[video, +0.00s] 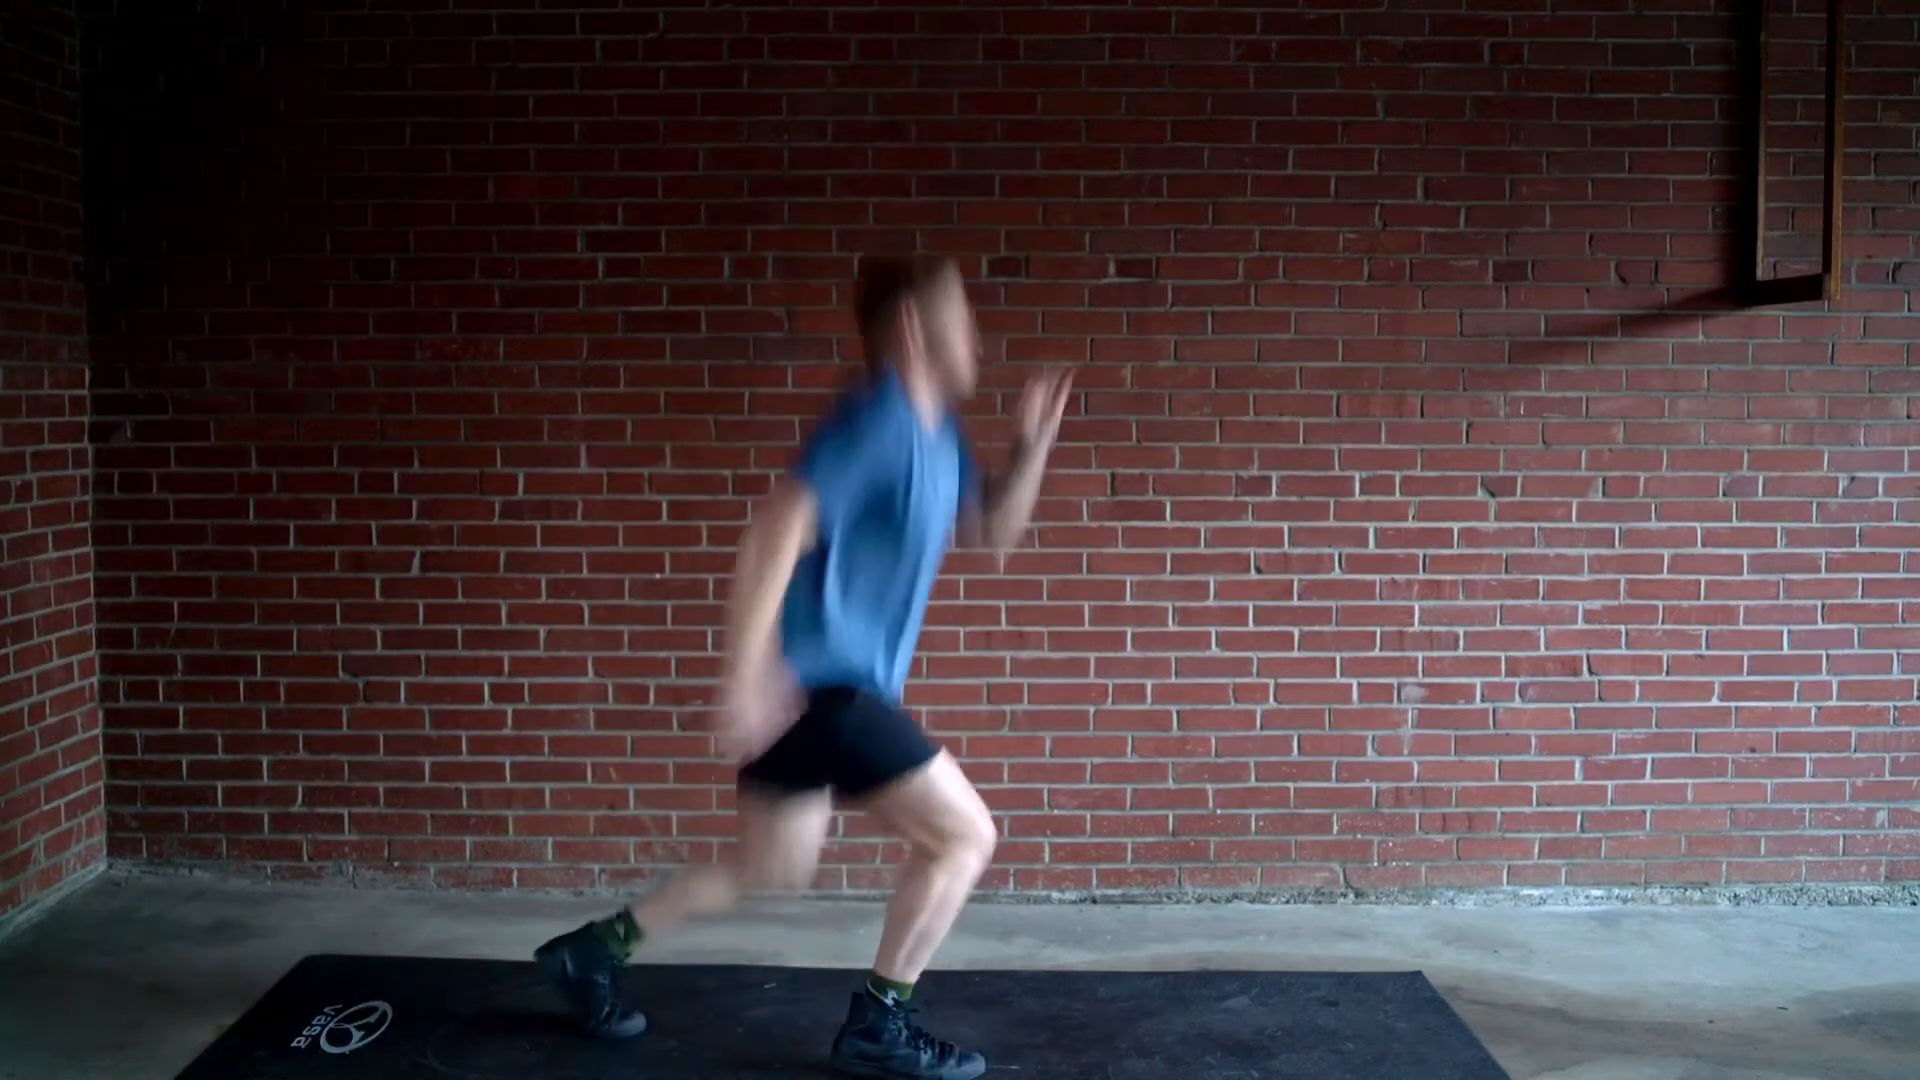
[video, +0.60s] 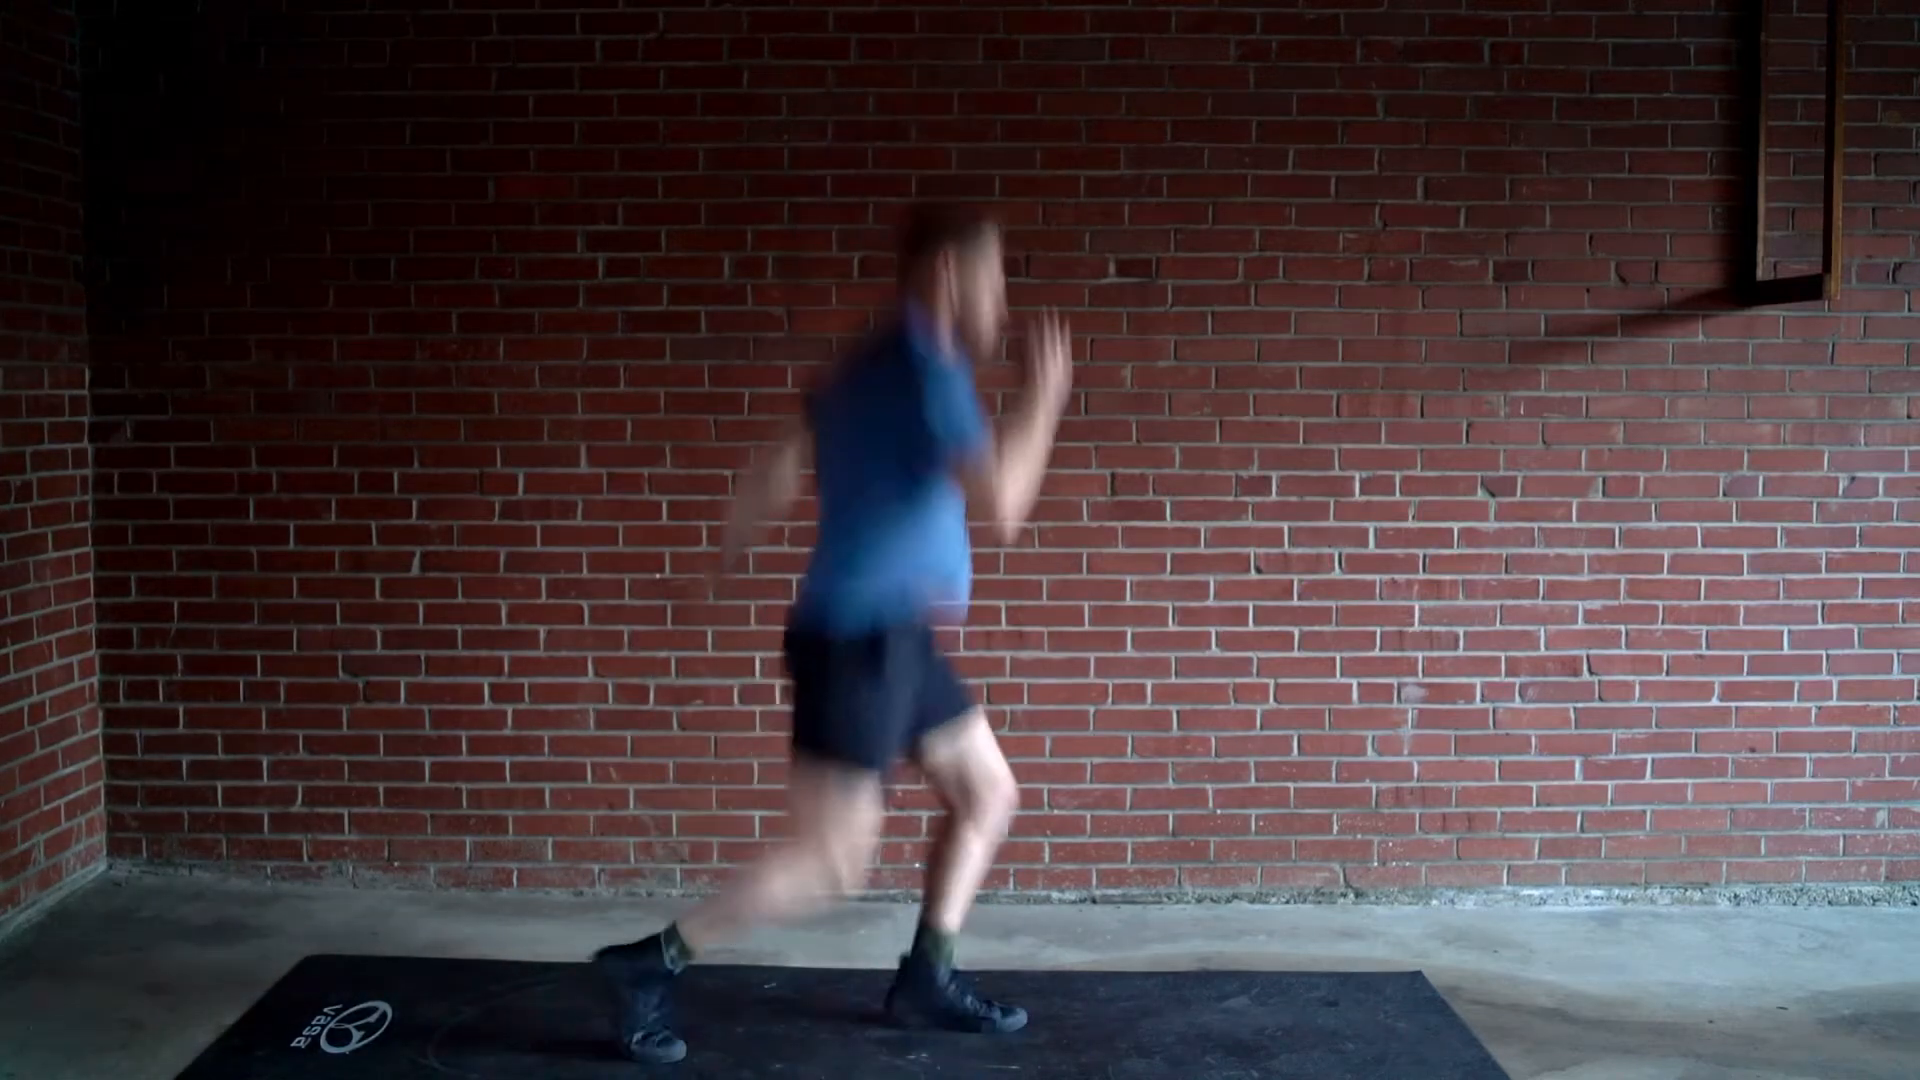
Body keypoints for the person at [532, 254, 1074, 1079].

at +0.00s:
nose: (973, 332)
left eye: (969, 314)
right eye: (958, 314)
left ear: (920, 324)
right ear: (909, 323)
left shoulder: (937, 430)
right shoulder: (877, 418)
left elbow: (995, 531)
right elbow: (778, 524)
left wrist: (1030, 448)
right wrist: (745, 672)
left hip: (826, 680)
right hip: (820, 682)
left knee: (774, 865)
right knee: (963, 835)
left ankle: (595, 949)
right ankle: (880, 1021)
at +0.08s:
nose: (952, 226)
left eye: (951, 209)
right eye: (936, 208)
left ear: (939, 223)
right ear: (890, 218)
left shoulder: (932, 320)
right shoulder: (864, 307)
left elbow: (955, 430)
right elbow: (794, 424)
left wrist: (1050, 391)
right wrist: (826, 564)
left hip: (849, 582)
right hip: (839, 583)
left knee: (756, 753)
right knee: (908, 782)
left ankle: (642, 910)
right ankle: (887, 1009)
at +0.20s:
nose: (958, 116)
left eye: (956, 98)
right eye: (944, 97)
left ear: (898, 105)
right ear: (893, 103)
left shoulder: (894, 199)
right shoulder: (877, 193)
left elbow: (885, 347)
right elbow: (852, 331)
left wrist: (949, 429)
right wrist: (990, 352)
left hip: (843, 466)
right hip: (851, 470)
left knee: (807, 672)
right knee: (850, 680)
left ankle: (759, 846)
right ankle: (795, 875)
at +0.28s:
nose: (968, 88)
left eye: (967, 71)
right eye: (957, 70)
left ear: (911, 74)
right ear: (906, 72)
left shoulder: (906, 166)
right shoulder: (879, 165)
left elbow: (915, 296)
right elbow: (917, 299)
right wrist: (1023, 249)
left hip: (879, 439)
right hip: (852, 441)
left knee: (868, 632)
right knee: (827, 651)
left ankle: (839, 829)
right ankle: (717, 831)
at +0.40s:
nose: (978, 105)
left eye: (976, 86)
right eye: (966, 86)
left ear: (910, 93)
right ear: (915, 89)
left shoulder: (865, 174)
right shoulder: (903, 175)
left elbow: (802, 298)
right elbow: (980, 299)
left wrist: (751, 399)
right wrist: (1032, 205)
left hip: (889, 454)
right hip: (860, 455)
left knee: (920, 646)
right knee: (801, 669)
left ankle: (916, 843)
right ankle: (649, 818)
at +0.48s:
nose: (988, 153)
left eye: (985, 133)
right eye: (976, 134)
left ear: (919, 141)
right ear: (928, 138)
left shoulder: (864, 228)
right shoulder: (918, 232)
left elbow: (778, 333)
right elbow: (994, 355)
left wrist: (723, 435)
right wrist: (1037, 253)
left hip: (891, 504)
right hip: (857, 506)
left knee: (946, 690)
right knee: (800, 717)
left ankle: (948, 883)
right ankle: (640, 857)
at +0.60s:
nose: (1003, 294)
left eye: (1001, 275)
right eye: (991, 275)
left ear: (935, 274)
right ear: (943, 271)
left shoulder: (873, 358)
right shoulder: (926, 365)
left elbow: (780, 452)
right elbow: (1003, 506)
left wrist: (736, 535)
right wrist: (1046, 392)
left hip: (896, 630)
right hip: (850, 634)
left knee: (988, 792)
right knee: (833, 859)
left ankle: (928, 976)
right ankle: (649, 963)